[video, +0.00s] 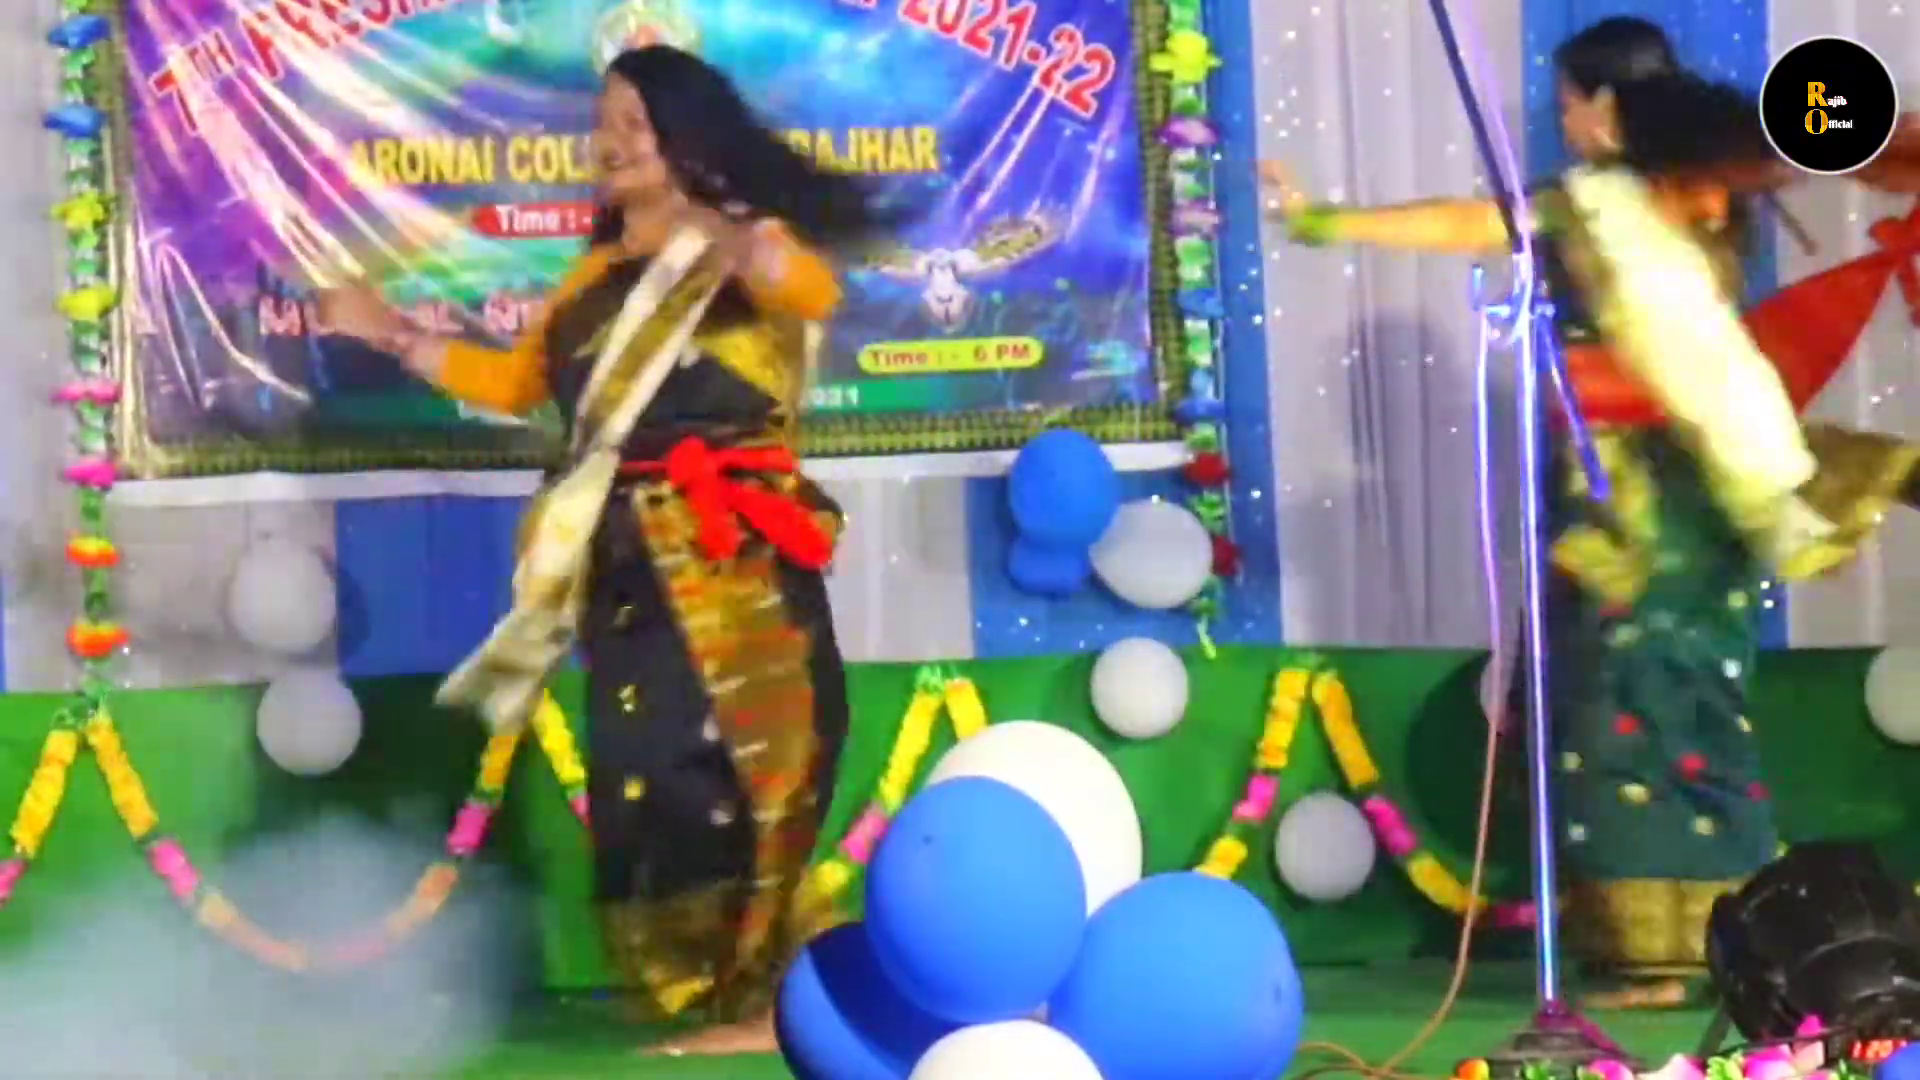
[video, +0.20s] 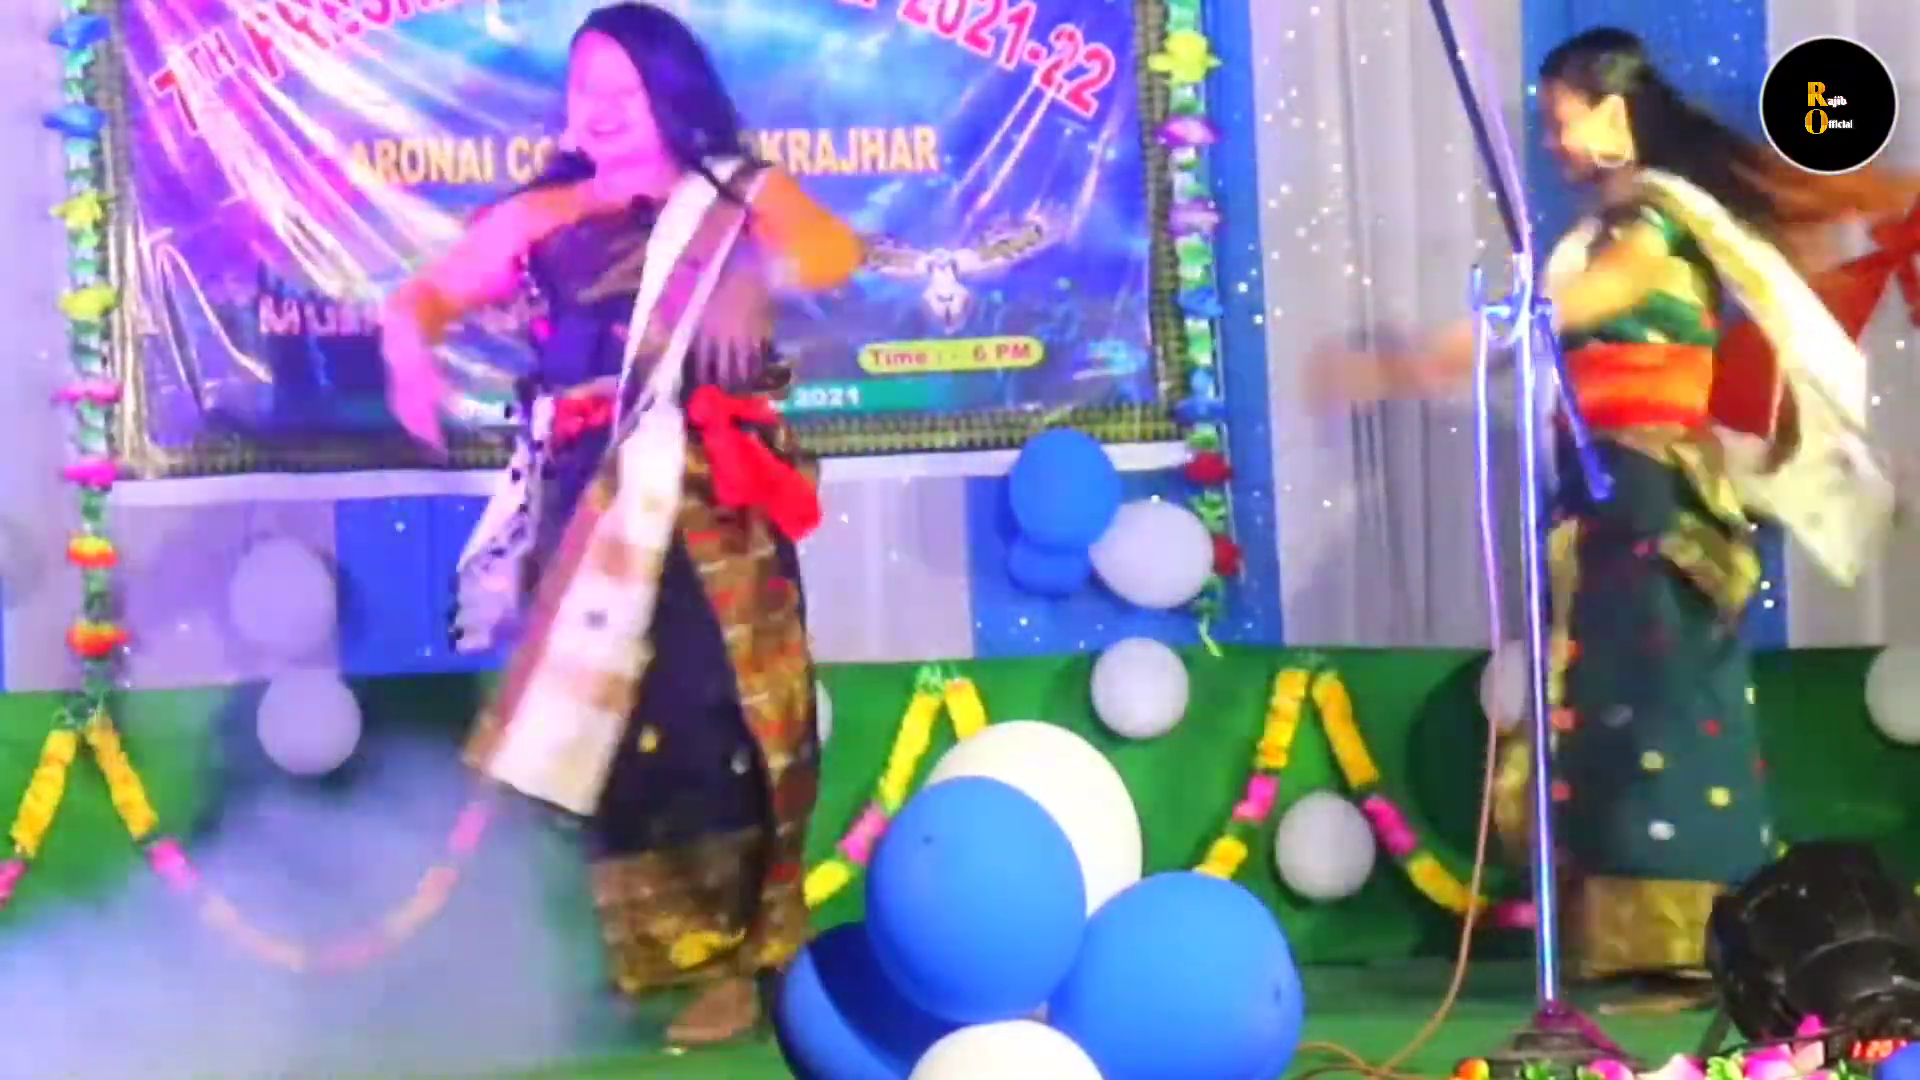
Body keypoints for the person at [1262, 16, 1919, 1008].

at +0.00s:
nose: (1561, 122)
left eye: (1568, 104)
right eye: (1564, 104)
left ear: (1601, 107)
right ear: (1649, 100)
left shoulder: (1596, 199)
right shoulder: (1710, 197)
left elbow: (1470, 223)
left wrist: (1324, 220)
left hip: (1628, 483)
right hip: (1705, 479)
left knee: (1618, 700)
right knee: (1686, 699)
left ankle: (1656, 957)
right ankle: (1705, 938)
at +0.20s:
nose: (1553, 143)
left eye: (1563, 120)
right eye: (1548, 124)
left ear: (1618, 110)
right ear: (1603, 120)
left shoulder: (1651, 228)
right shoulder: (1616, 230)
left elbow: (1532, 321)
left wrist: (1393, 368)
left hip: (1651, 510)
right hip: (1627, 506)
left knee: (1643, 718)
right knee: (1636, 717)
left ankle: (1667, 944)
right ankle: (1651, 941)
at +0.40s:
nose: (1546, 233)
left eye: (1562, 212)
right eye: (1538, 216)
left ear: (1618, 209)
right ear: (1530, 222)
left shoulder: (1676, 321)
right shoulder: (1523, 333)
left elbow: (1687, 464)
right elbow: (1505, 473)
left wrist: (1611, 578)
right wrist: (1515, 588)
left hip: (1663, 560)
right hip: (1558, 565)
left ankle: (1684, 927)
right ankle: (1577, 931)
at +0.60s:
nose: (1507, 152)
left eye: (1522, 130)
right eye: (1494, 136)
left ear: (1571, 125)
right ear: (1487, 142)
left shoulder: (1635, 238)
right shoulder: (1472, 243)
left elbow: (1657, 383)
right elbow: (1416, 379)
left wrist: (1592, 515)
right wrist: (1437, 496)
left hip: (1600, 506)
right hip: (1483, 512)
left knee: (1606, 725)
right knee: (1417, 710)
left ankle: (1677, 946)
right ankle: (1440, 937)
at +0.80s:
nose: (1435, 161)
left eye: (1449, 139)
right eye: (1423, 144)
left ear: (1503, 125)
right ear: (1415, 144)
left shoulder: (1581, 230)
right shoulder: (1402, 242)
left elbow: (1612, 379)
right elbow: (1339, 369)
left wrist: (1540, 497)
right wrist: (1369, 463)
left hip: (1530, 535)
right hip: (1419, 530)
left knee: (1500, 750)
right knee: (1410, 747)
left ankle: (1486, 973)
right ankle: (1414, 974)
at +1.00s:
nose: (1400, 171)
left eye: (1417, 150)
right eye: (1385, 154)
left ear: (1466, 149)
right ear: (1373, 159)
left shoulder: (1525, 272)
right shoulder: (1344, 260)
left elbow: (1572, 424)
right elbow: (1270, 390)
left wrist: (1502, 541)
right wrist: (1324, 485)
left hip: (1476, 548)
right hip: (1359, 538)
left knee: (1477, 757)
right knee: (1323, 741)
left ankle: (1479, 969)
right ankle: (1276, 959)